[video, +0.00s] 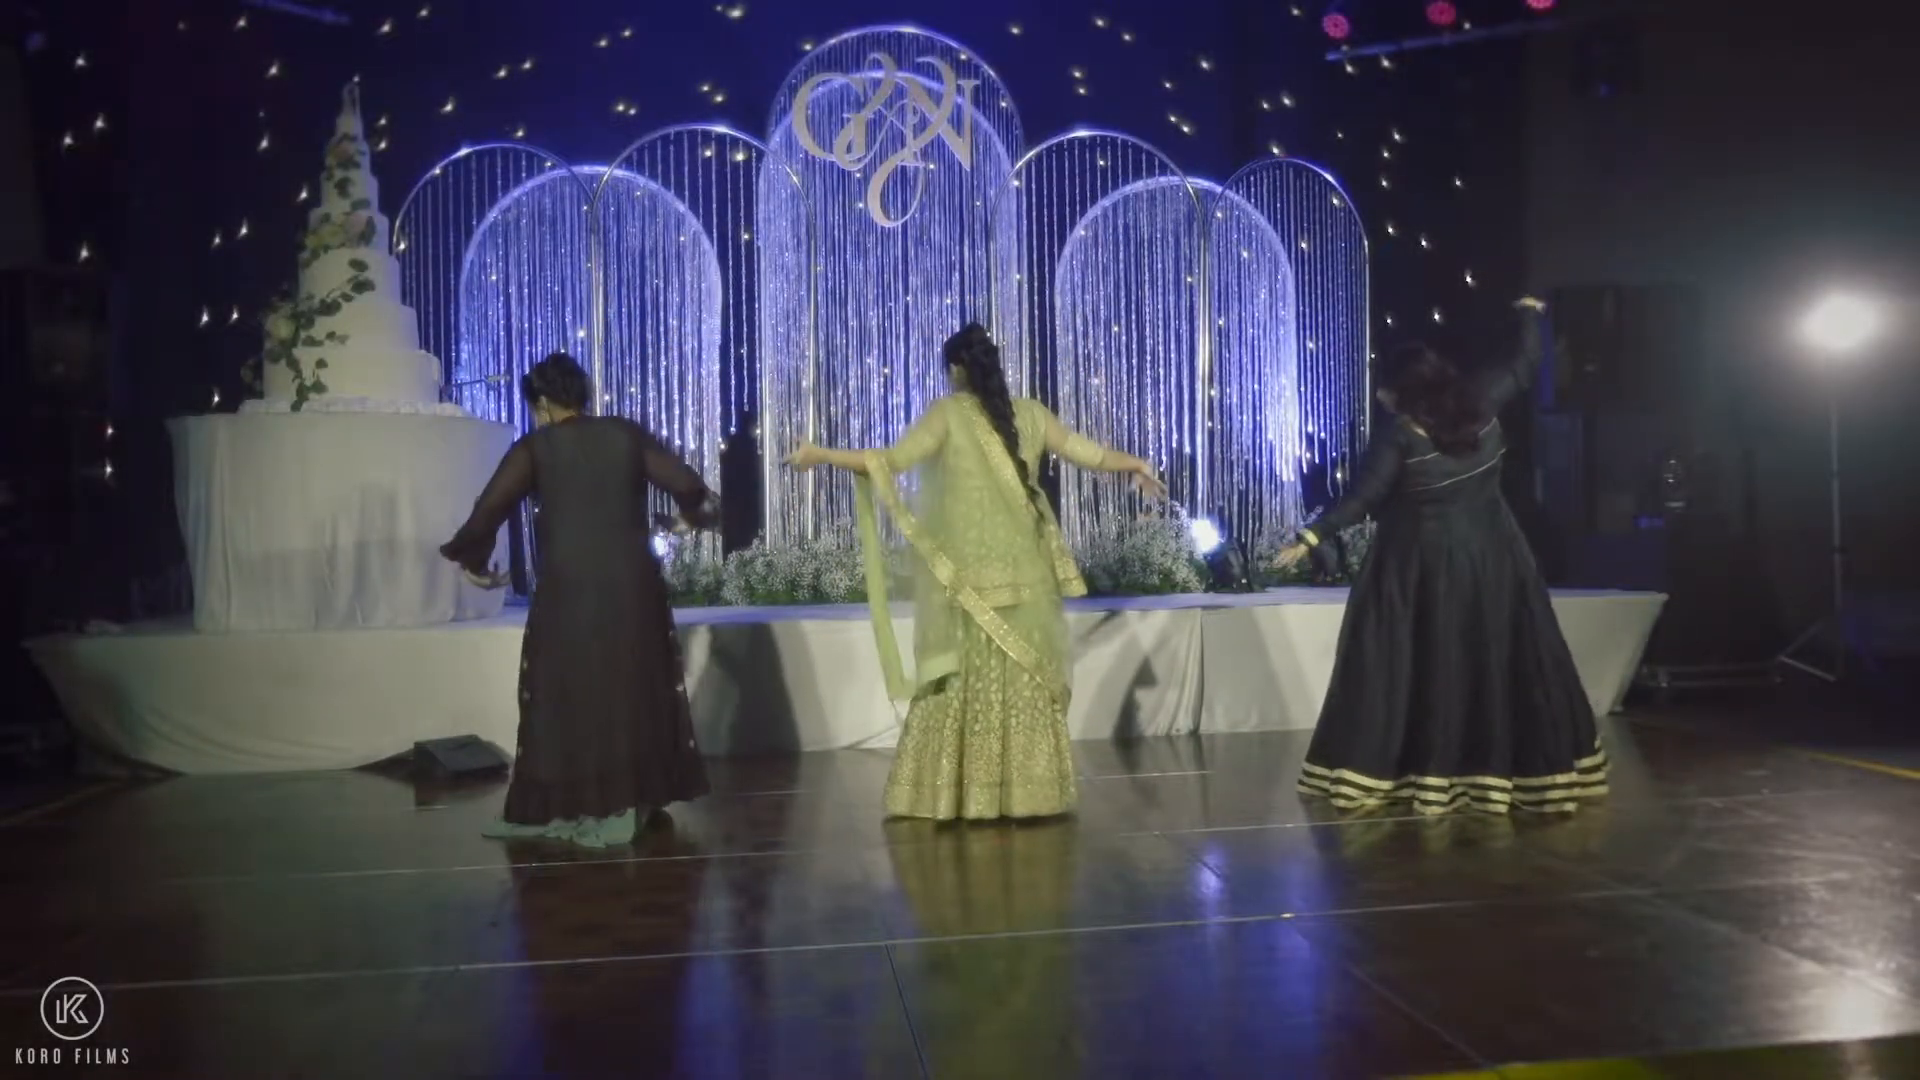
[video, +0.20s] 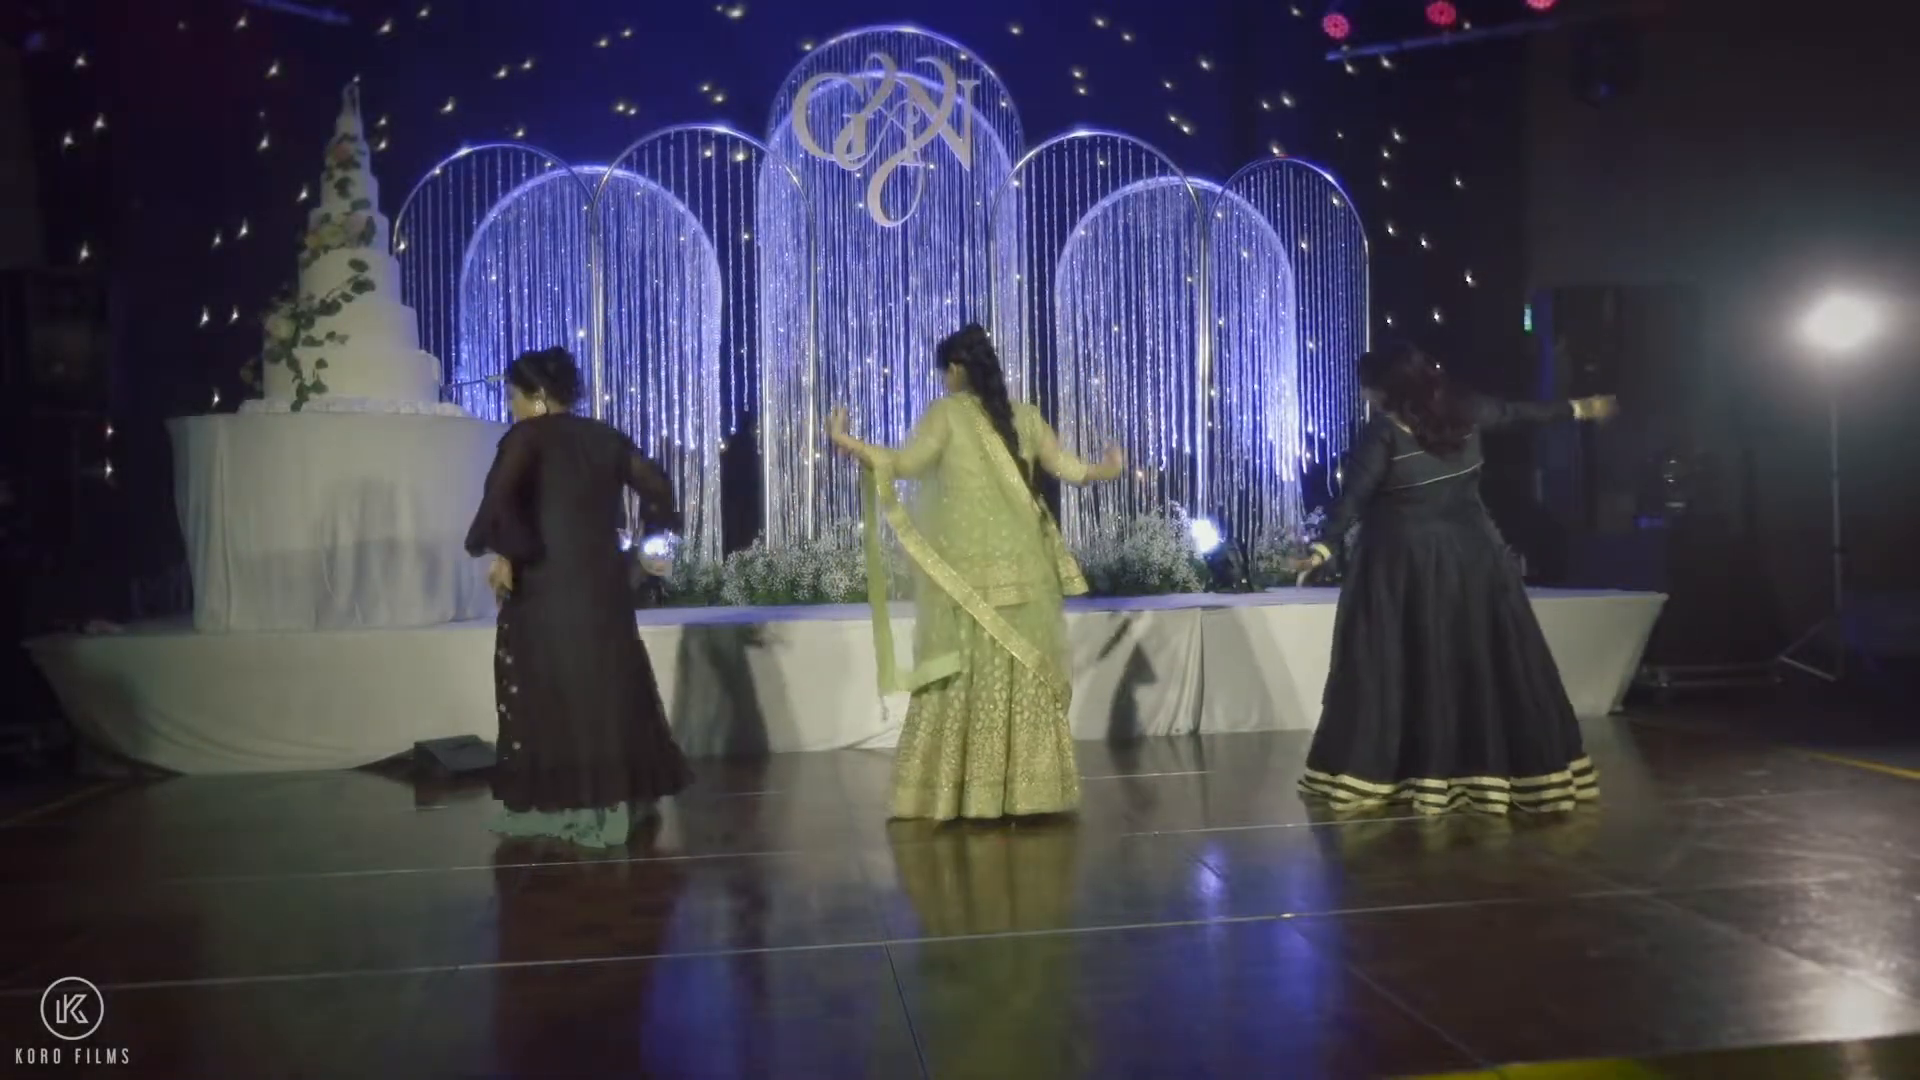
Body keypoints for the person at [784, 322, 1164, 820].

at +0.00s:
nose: (947, 374)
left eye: (947, 368)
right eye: (950, 367)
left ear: (956, 368)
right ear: (993, 365)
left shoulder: (947, 413)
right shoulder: (1031, 414)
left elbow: (889, 461)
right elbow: (1090, 454)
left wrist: (822, 456)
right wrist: (1137, 463)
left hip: (968, 576)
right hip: (1027, 575)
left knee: (968, 688)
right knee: (1029, 685)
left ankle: (967, 795)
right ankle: (1030, 794)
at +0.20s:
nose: (943, 378)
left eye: (945, 370)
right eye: (944, 370)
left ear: (959, 369)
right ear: (988, 367)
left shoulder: (946, 412)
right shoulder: (1024, 416)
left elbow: (908, 462)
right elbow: (1069, 468)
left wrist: (844, 442)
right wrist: (1110, 469)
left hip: (966, 573)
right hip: (1026, 572)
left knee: (968, 686)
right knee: (1029, 683)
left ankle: (970, 796)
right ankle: (1028, 795)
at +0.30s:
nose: (940, 377)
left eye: (942, 369)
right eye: (941, 369)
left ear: (957, 368)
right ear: (985, 367)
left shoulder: (945, 411)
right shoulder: (1018, 416)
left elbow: (919, 469)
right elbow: (1056, 483)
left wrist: (857, 460)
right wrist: (1068, 503)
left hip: (968, 573)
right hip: (1025, 571)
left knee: (967, 686)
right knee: (1028, 682)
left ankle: (971, 795)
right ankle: (1029, 794)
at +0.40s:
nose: (931, 376)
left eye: (934, 368)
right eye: (931, 368)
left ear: (955, 366)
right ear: (970, 366)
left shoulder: (948, 409)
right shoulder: (995, 413)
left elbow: (933, 469)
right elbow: (1031, 486)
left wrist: (869, 469)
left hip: (969, 570)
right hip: (1013, 566)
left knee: (967, 681)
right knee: (1012, 681)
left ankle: (966, 795)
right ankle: (1014, 795)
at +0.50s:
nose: (928, 373)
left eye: (933, 365)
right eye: (929, 365)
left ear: (954, 367)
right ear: (964, 367)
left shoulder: (955, 409)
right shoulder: (976, 409)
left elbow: (950, 465)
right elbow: (962, 469)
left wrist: (903, 463)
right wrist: (914, 463)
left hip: (967, 567)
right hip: (990, 564)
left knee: (969, 676)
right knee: (993, 676)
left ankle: (972, 792)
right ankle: (1001, 791)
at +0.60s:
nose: (921, 373)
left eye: (927, 364)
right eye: (921, 364)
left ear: (952, 366)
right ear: (949, 367)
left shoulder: (969, 410)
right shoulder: (945, 417)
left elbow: (987, 459)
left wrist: (950, 460)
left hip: (973, 571)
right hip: (945, 569)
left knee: (976, 678)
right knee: (949, 678)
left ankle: (981, 792)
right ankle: (951, 789)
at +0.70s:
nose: (918, 373)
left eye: (923, 364)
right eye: (917, 364)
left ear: (950, 365)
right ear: (946, 366)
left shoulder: (973, 410)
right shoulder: (945, 417)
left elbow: (1002, 465)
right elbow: (930, 500)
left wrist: (960, 463)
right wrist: (905, 565)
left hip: (977, 575)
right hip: (944, 572)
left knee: (977, 683)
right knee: (943, 683)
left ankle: (983, 792)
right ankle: (944, 791)